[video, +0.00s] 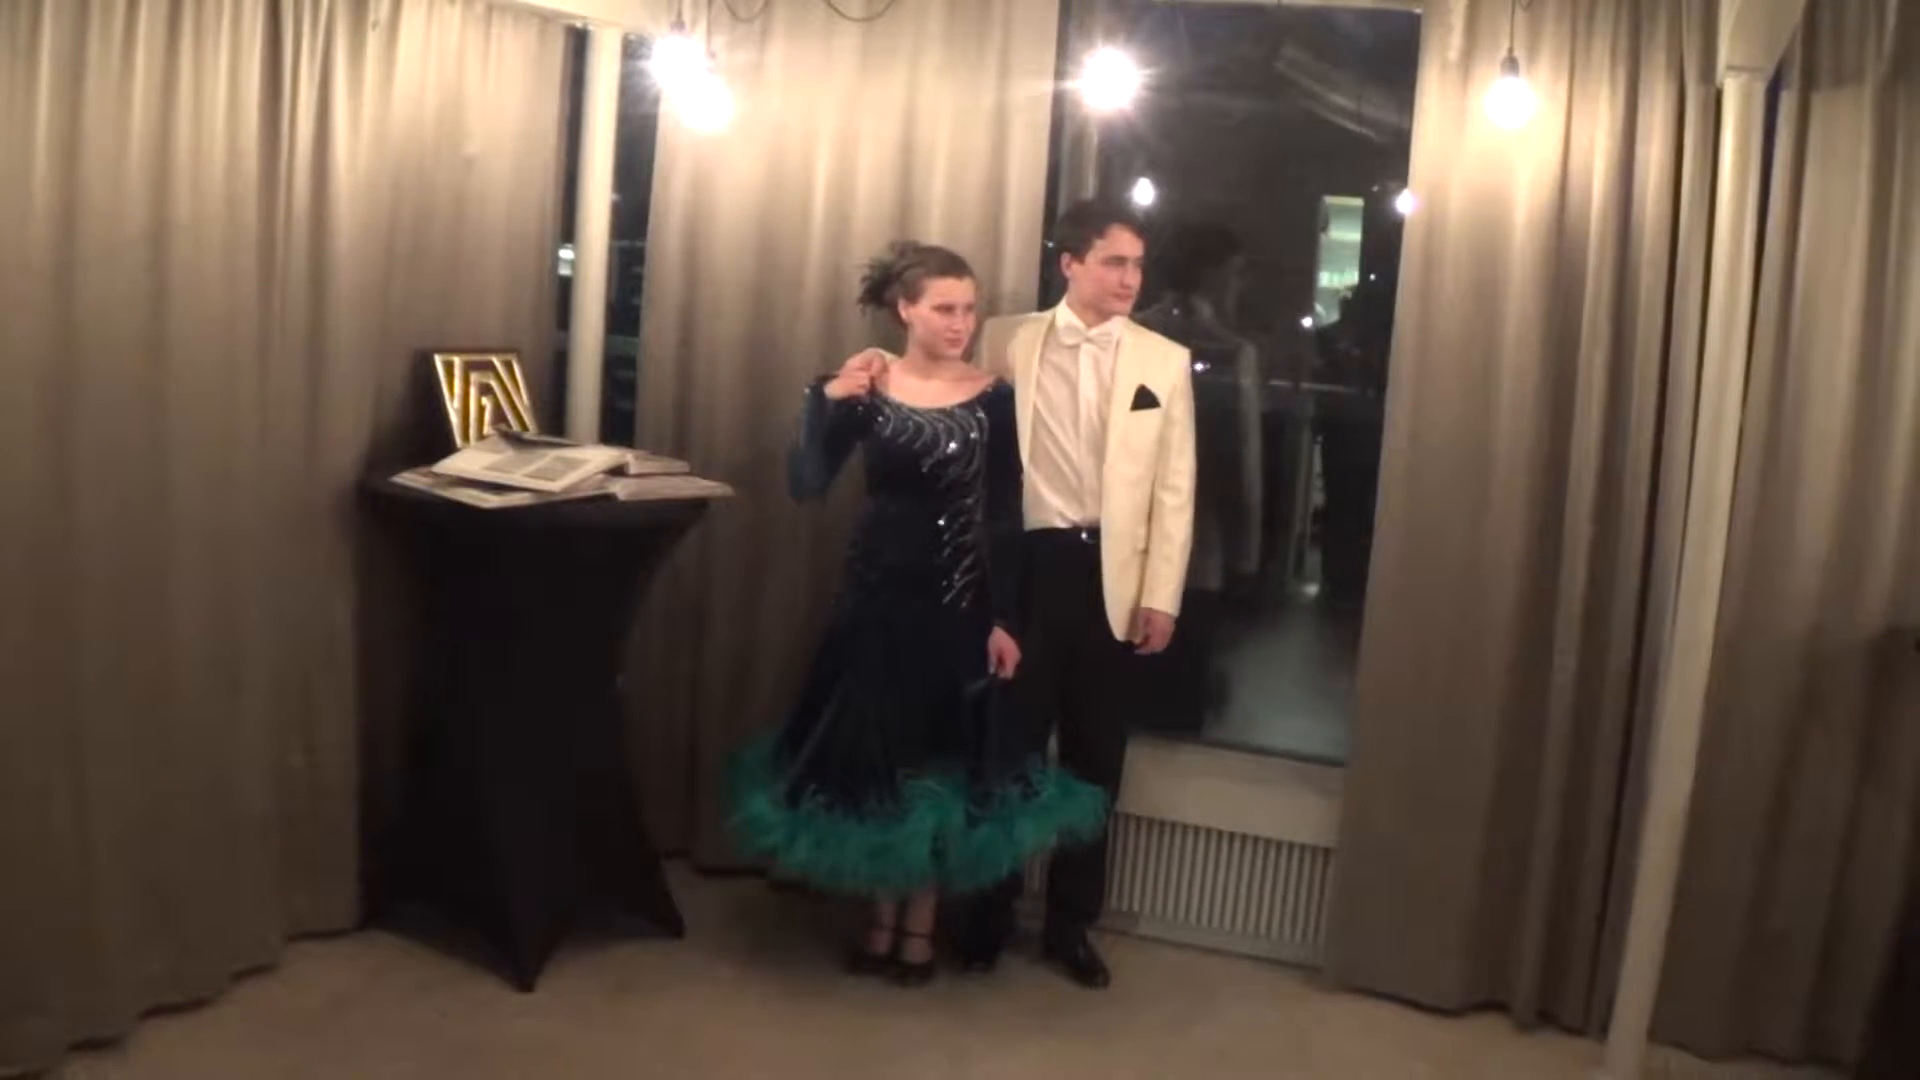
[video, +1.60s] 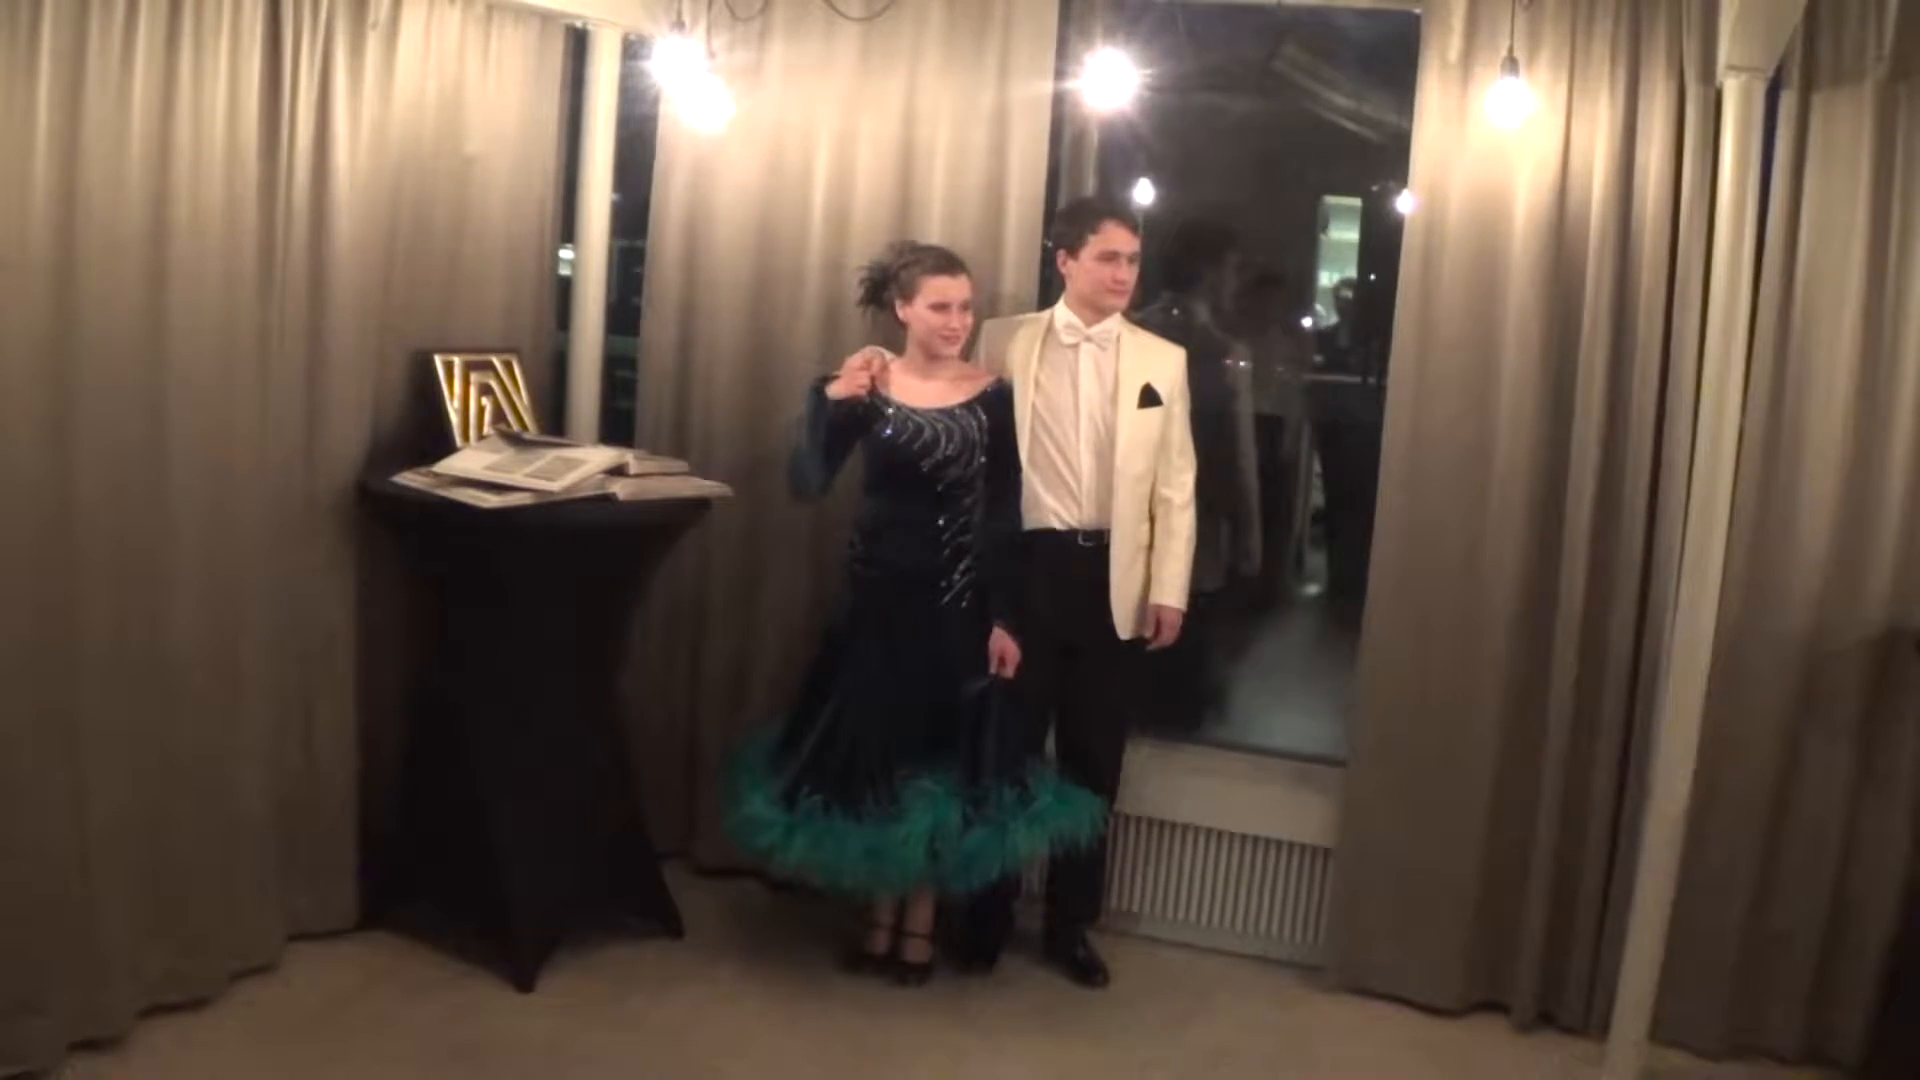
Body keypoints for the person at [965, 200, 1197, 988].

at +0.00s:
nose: (1129, 278)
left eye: (1138, 266)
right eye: (1114, 262)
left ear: (1144, 275)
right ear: (1069, 265)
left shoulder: (1165, 363)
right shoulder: (1008, 342)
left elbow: (1176, 490)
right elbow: (969, 455)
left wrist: (1162, 595)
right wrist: (965, 569)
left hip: (1111, 573)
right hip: (1020, 565)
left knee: (1096, 753)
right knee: (1007, 739)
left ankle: (1071, 925)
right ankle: (983, 917)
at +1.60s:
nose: (1124, 275)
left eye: (1133, 262)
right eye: (1109, 259)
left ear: (1141, 272)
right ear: (1064, 262)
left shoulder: (1163, 362)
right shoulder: (1007, 343)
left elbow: (1177, 485)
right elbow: (967, 457)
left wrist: (1169, 588)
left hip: (1114, 575)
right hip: (1020, 567)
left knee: (1094, 756)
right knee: (1005, 742)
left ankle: (1071, 926)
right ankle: (980, 921)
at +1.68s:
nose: (1124, 274)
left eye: (1133, 262)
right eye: (1109, 258)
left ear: (1140, 273)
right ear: (1064, 262)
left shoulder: (1162, 362)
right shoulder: (1007, 342)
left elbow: (1177, 485)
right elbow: (966, 453)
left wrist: (1169, 588)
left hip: (1114, 576)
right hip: (1020, 567)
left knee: (1094, 756)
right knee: (1006, 742)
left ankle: (1071, 926)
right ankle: (980, 920)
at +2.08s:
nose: (1112, 271)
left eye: (1123, 257)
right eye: (1097, 257)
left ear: (1135, 266)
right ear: (1059, 263)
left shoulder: (1167, 355)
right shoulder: (1009, 333)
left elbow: (1202, 475)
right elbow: (941, 375)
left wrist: (1185, 580)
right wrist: (879, 358)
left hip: (1116, 572)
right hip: (1023, 561)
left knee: (1097, 754)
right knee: (1009, 739)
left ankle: (1070, 926)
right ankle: (984, 922)